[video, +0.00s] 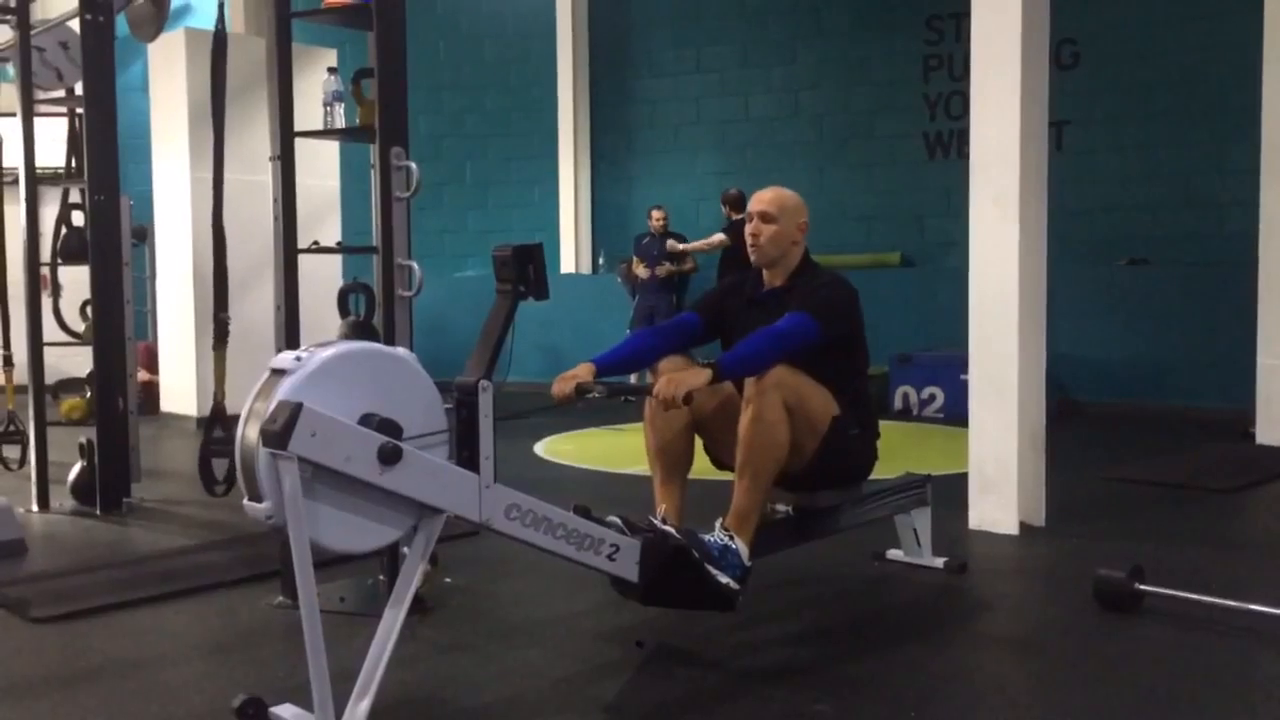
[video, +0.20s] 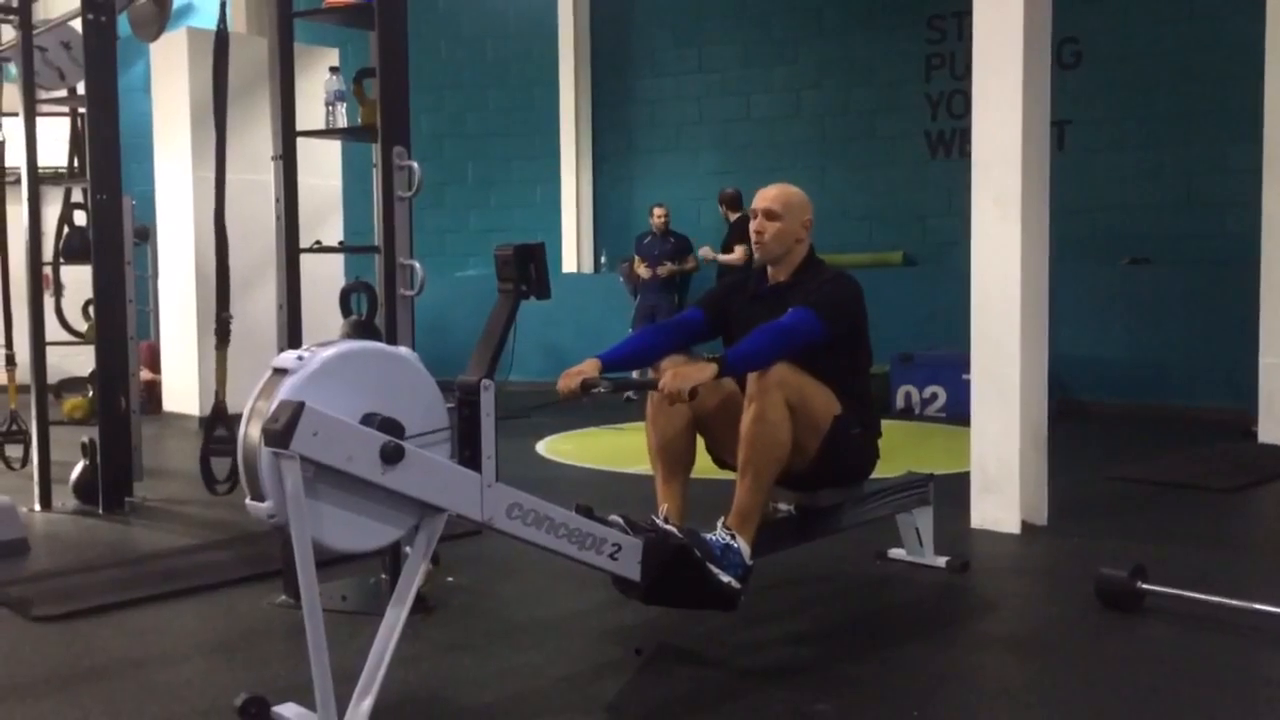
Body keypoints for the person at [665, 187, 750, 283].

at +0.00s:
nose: (722, 210)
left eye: (722, 207)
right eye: (721, 207)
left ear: (727, 208)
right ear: (743, 205)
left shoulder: (737, 226)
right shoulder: (750, 223)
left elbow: (709, 245)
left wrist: (680, 247)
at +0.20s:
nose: (719, 210)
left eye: (719, 206)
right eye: (719, 206)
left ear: (724, 207)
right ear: (739, 204)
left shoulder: (740, 224)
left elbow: (740, 257)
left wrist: (715, 256)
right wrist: (714, 256)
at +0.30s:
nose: (718, 209)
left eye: (718, 205)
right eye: (717, 205)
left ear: (722, 206)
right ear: (737, 203)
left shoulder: (741, 222)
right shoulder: (733, 223)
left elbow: (750, 253)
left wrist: (726, 258)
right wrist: (722, 256)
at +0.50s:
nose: (724, 199)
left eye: (724, 195)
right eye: (723, 195)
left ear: (728, 196)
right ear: (742, 192)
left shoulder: (747, 212)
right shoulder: (741, 212)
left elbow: (756, 243)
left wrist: (729, 246)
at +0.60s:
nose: (729, 190)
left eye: (729, 186)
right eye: (728, 186)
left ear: (733, 187)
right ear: (747, 183)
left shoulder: (752, 203)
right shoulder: (746, 204)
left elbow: (761, 234)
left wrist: (735, 238)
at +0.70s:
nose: (731, 183)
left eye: (731, 179)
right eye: (731, 179)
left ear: (736, 180)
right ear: (750, 176)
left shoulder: (756, 196)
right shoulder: (747, 197)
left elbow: (762, 228)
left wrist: (737, 232)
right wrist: (735, 229)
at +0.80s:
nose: (734, 179)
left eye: (734, 174)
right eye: (733, 174)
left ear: (738, 175)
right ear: (753, 172)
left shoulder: (757, 193)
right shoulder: (750, 193)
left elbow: (762, 225)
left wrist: (736, 230)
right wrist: (734, 227)